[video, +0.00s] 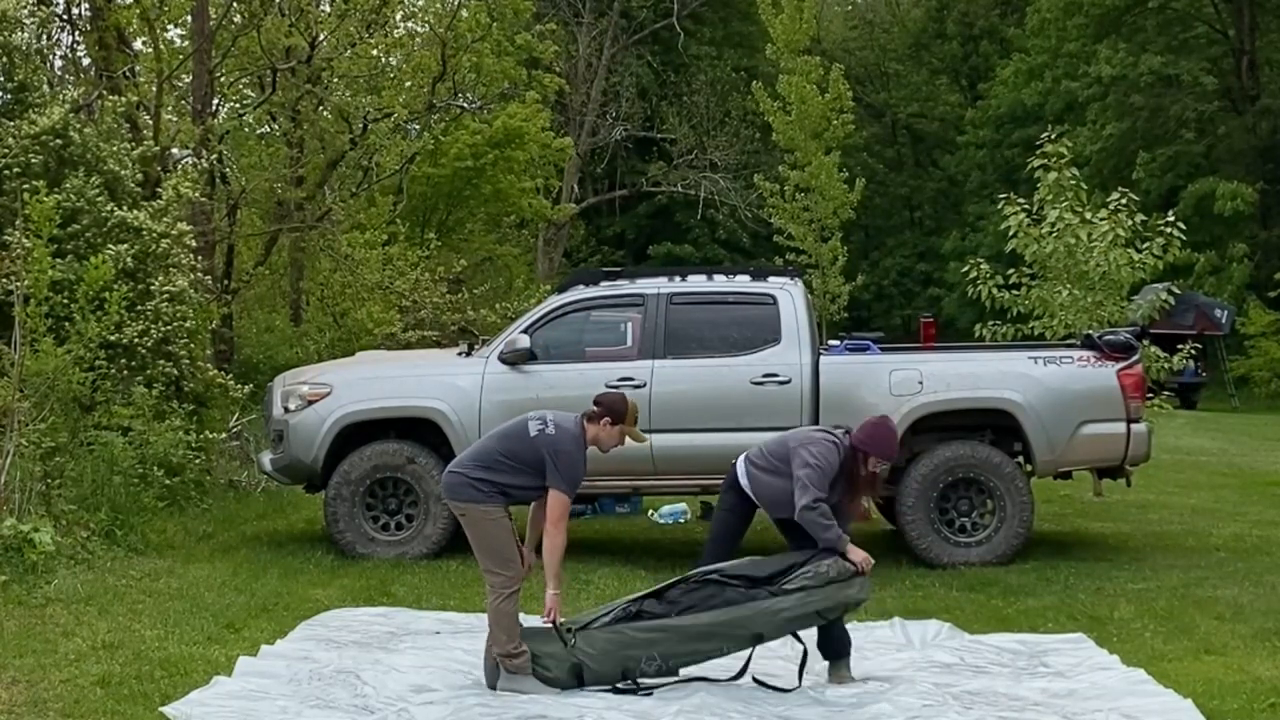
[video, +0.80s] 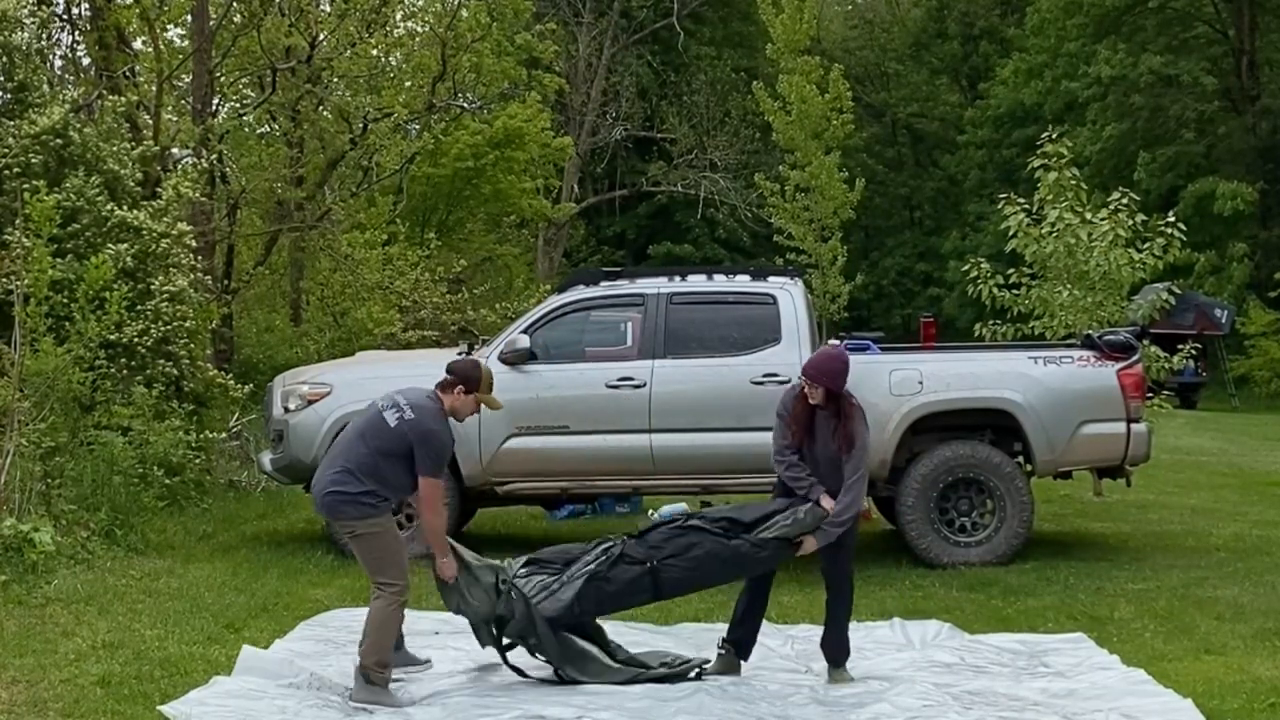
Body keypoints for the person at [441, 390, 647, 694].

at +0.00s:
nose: (622, 442)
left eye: (625, 435)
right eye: (622, 433)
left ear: (601, 421)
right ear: (604, 423)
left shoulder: (566, 431)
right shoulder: (569, 450)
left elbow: (542, 500)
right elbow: (554, 525)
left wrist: (529, 547)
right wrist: (553, 590)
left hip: (476, 486)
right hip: (472, 489)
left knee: (511, 571)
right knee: (506, 576)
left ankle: (498, 661)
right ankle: (513, 670)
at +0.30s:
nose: (589, 456)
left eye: (593, 450)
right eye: (591, 447)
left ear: (568, 431)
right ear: (577, 435)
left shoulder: (531, 441)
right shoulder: (546, 451)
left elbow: (512, 520)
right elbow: (543, 528)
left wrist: (505, 570)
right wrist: (557, 588)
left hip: (434, 494)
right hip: (452, 500)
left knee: (483, 568)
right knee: (505, 580)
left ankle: (472, 653)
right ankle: (514, 673)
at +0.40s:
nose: (555, 430)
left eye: (559, 425)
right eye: (557, 422)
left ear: (535, 409)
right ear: (540, 410)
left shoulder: (494, 426)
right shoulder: (511, 437)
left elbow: (481, 509)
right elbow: (518, 513)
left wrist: (486, 562)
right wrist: (540, 569)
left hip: (409, 497)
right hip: (432, 502)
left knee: (447, 578)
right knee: (478, 584)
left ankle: (404, 657)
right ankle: (513, 673)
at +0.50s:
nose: (518, 416)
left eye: (522, 410)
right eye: (520, 407)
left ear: (495, 394)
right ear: (503, 395)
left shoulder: (450, 407)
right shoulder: (474, 420)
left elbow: (442, 487)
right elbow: (479, 500)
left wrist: (457, 543)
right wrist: (499, 558)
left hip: (370, 484)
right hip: (399, 484)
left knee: (410, 569)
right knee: (460, 552)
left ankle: (398, 665)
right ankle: (469, 649)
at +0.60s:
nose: (501, 404)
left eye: (503, 398)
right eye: (502, 395)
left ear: (474, 383)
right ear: (485, 386)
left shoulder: (433, 398)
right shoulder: (461, 417)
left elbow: (424, 482)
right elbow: (467, 498)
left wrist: (441, 531)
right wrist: (478, 551)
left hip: (357, 484)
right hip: (385, 485)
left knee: (400, 567)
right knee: (443, 553)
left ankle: (397, 665)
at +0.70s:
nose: (488, 406)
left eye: (491, 400)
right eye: (489, 398)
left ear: (461, 385)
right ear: (474, 390)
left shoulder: (422, 400)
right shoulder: (452, 423)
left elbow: (406, 462)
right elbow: (449, 501)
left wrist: (428, 511)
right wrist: (465, 547)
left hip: (348, 493)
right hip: (368, 500)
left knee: (397, 580)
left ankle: (397, 664)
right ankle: (371, 678)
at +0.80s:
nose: (478, 409)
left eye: (481, 403)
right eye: (478, 401)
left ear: (451, 389)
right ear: (458, 391)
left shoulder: (416, 399)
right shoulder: (433, 429)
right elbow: (430, 507)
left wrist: (439, 541)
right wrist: (443, 557)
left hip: (339, 486)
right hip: (354, 497)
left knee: (392, 572)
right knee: (392, 585)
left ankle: (391, 648)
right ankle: (370, 682)